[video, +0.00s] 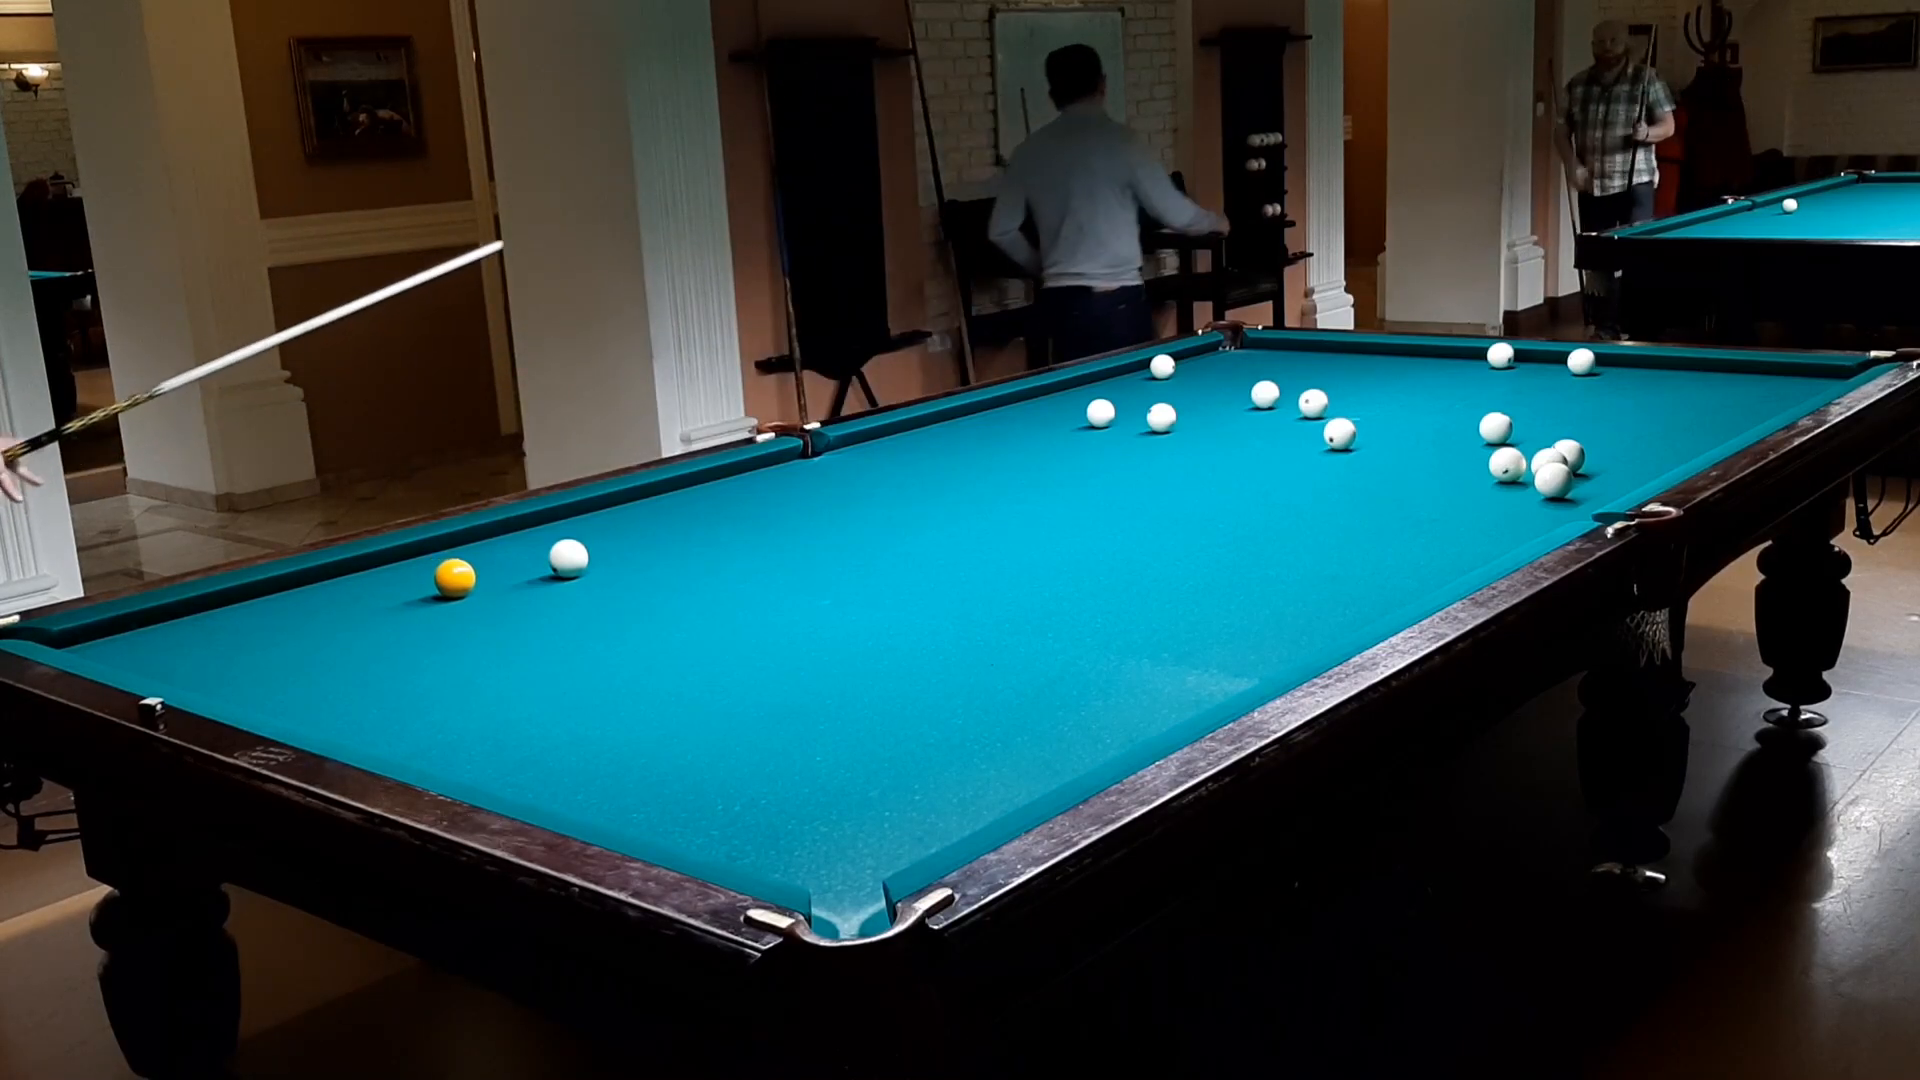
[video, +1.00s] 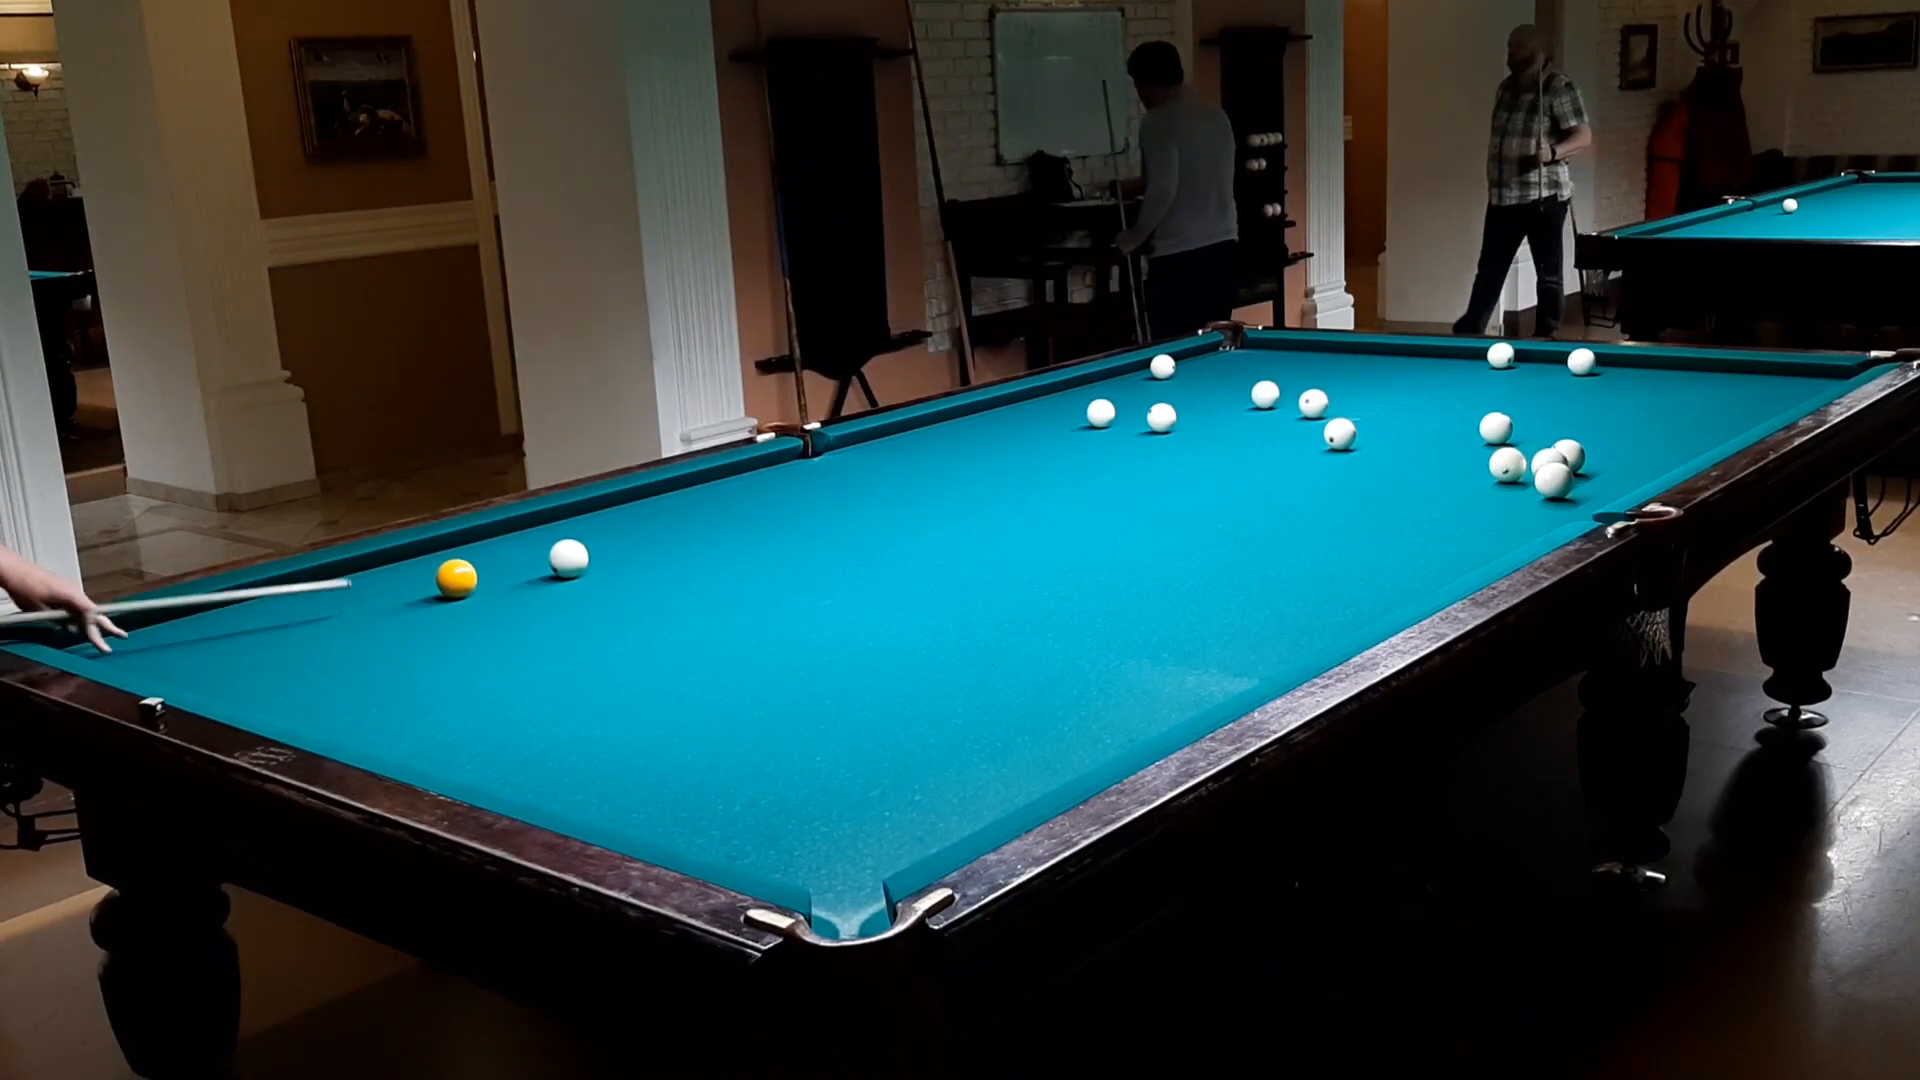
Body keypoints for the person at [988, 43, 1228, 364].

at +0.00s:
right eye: (1102, 80)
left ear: (1052, 95)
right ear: (1102, 85)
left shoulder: (1030, 151)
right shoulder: (1121, 140)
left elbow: (1001, 230)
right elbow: (1172, 212)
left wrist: (1042, 267)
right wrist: (1215, 221)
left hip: (1060, 302)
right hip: (1121, 301)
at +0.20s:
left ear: (1098, 88)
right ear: (1146, 78)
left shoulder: (1077, 140)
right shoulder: (1175, 134)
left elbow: (1049, 215)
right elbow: (1229, 205)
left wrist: (1077, 264)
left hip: (1105, 286)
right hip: (1171, 284)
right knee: (1175, 394)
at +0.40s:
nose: (1133, 100)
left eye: (1133, 93)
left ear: (1134, 96)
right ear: (1179, 87)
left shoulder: (1122, 146)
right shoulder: (1217, 140)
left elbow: (1100, 220)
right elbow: (1253, 205)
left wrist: (1093, 267)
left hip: (1147, 293)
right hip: (1211, 286)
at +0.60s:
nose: (1137, 90)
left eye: (1138, 81)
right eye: (1137, 81)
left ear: (1145, 81)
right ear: (1183, 75)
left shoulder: (1143, 129)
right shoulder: (1223, 121)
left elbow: (1132, 203)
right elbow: (1237, 182)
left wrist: (1111, 249)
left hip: (1166, 267)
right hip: (1223, 259)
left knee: (1167, 361)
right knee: (1221, 357)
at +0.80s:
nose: (1136, 94)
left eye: (1136, 85)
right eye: (1135, 85)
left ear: (1146, 85)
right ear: (1178, 77)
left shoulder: (1148, 130)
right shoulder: (1216, 120)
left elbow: (1148, 199)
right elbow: (1217, 185)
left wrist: (1120, 246)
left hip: (1172, 266)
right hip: (1222, 258)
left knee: (1172, 358)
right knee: (1219, 352)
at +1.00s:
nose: (1137, 92)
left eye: (1138, 83)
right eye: (1136, 83)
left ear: (1149, 82)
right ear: (1177, 72)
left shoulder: (1158, 122)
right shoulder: (1217, 116)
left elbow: (1163, 190)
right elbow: (1218, 180)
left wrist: (1137, 235)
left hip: (1177, 258)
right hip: (1223, 252)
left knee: (1174, 351)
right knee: (1215, 344)